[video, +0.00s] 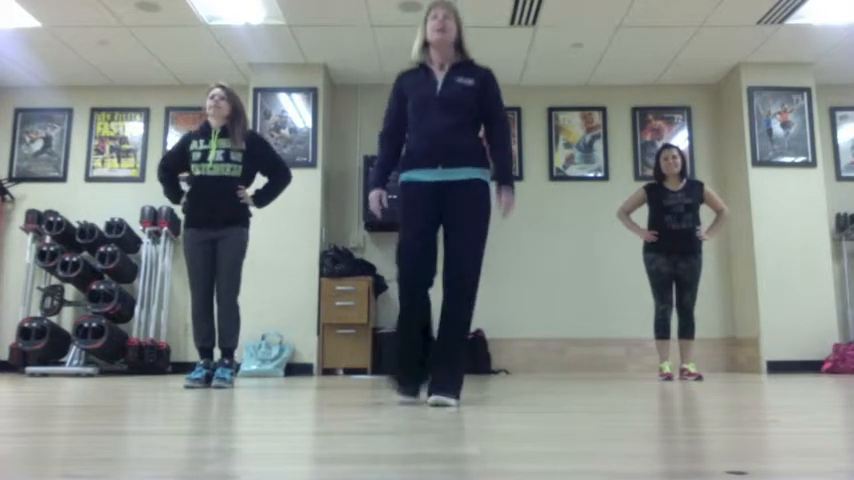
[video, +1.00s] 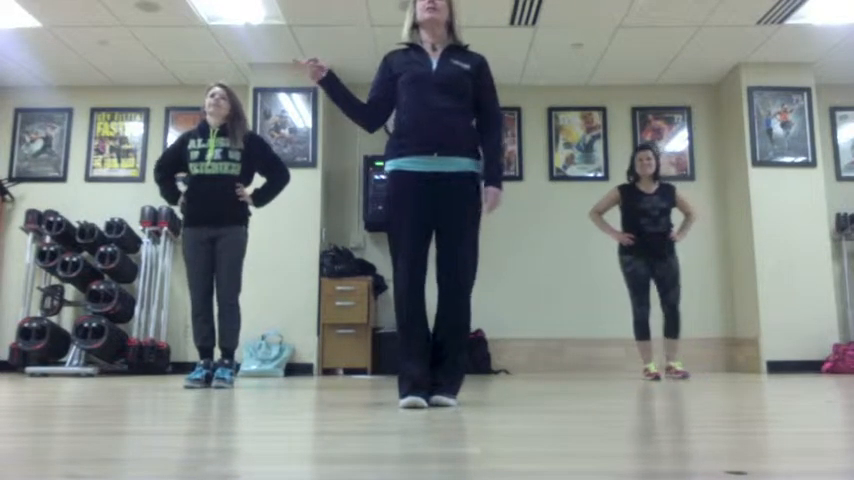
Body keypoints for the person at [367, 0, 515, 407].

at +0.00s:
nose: (440, 23)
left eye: (447, 18)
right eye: (434, 18)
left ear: (458, 28)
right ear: (424, 29)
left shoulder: (479, 77)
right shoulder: (407, 80)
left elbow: (498, 130)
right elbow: (391, 135)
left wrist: (505, 180)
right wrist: (379, 183)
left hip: (468, 187)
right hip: (416, 187)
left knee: (460, 284)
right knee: (412, 280)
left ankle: (446, 384)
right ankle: (411, 377)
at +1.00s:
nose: (428, 3)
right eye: (422, 0)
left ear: (449, 10)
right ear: (414, 12)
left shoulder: (473, 62)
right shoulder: (396, 60)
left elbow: (491, 123)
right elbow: (371, 118)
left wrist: (494, 178)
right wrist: (327, 80)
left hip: (461, 179)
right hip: (407, 178)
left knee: (456, 284)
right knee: (409, 282)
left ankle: (445, 385)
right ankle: (413, 386)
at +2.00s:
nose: (489, 18)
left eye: (494, 12)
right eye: (480, 12)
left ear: (501, 15)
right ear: (466, 15)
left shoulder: (514, 65)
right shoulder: (448, 48)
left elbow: (552, 127)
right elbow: (426, 102)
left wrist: (616, 138)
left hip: (498, 184)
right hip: (449, 180)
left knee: (527, 282)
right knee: (432, 284)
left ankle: (560, 385)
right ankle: (414, 389)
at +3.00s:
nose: (498, 17)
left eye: (506, 11)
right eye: (492, 10)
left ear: (519, 16)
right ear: (481, 12)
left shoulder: (520, 66)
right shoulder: (459, 46)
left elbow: (542, 132)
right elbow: (429, 104)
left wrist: (606, 140)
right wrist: (422, 146)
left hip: (504, 184)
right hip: (457, 177)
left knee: (523, 285)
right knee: (433, 277)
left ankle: (556, 388)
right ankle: (400, 386)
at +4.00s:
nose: (544, 12)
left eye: (551, 7)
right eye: (539, 4)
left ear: (557, 18)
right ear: (523, 9)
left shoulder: (550, 75)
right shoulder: (496, 42)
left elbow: (560, 148)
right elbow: (441, 89)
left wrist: (626, 148)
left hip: (505, 185)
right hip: (464, 171)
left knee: (531, 283)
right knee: (462, 271)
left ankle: (555, 388)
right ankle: (412, 367)